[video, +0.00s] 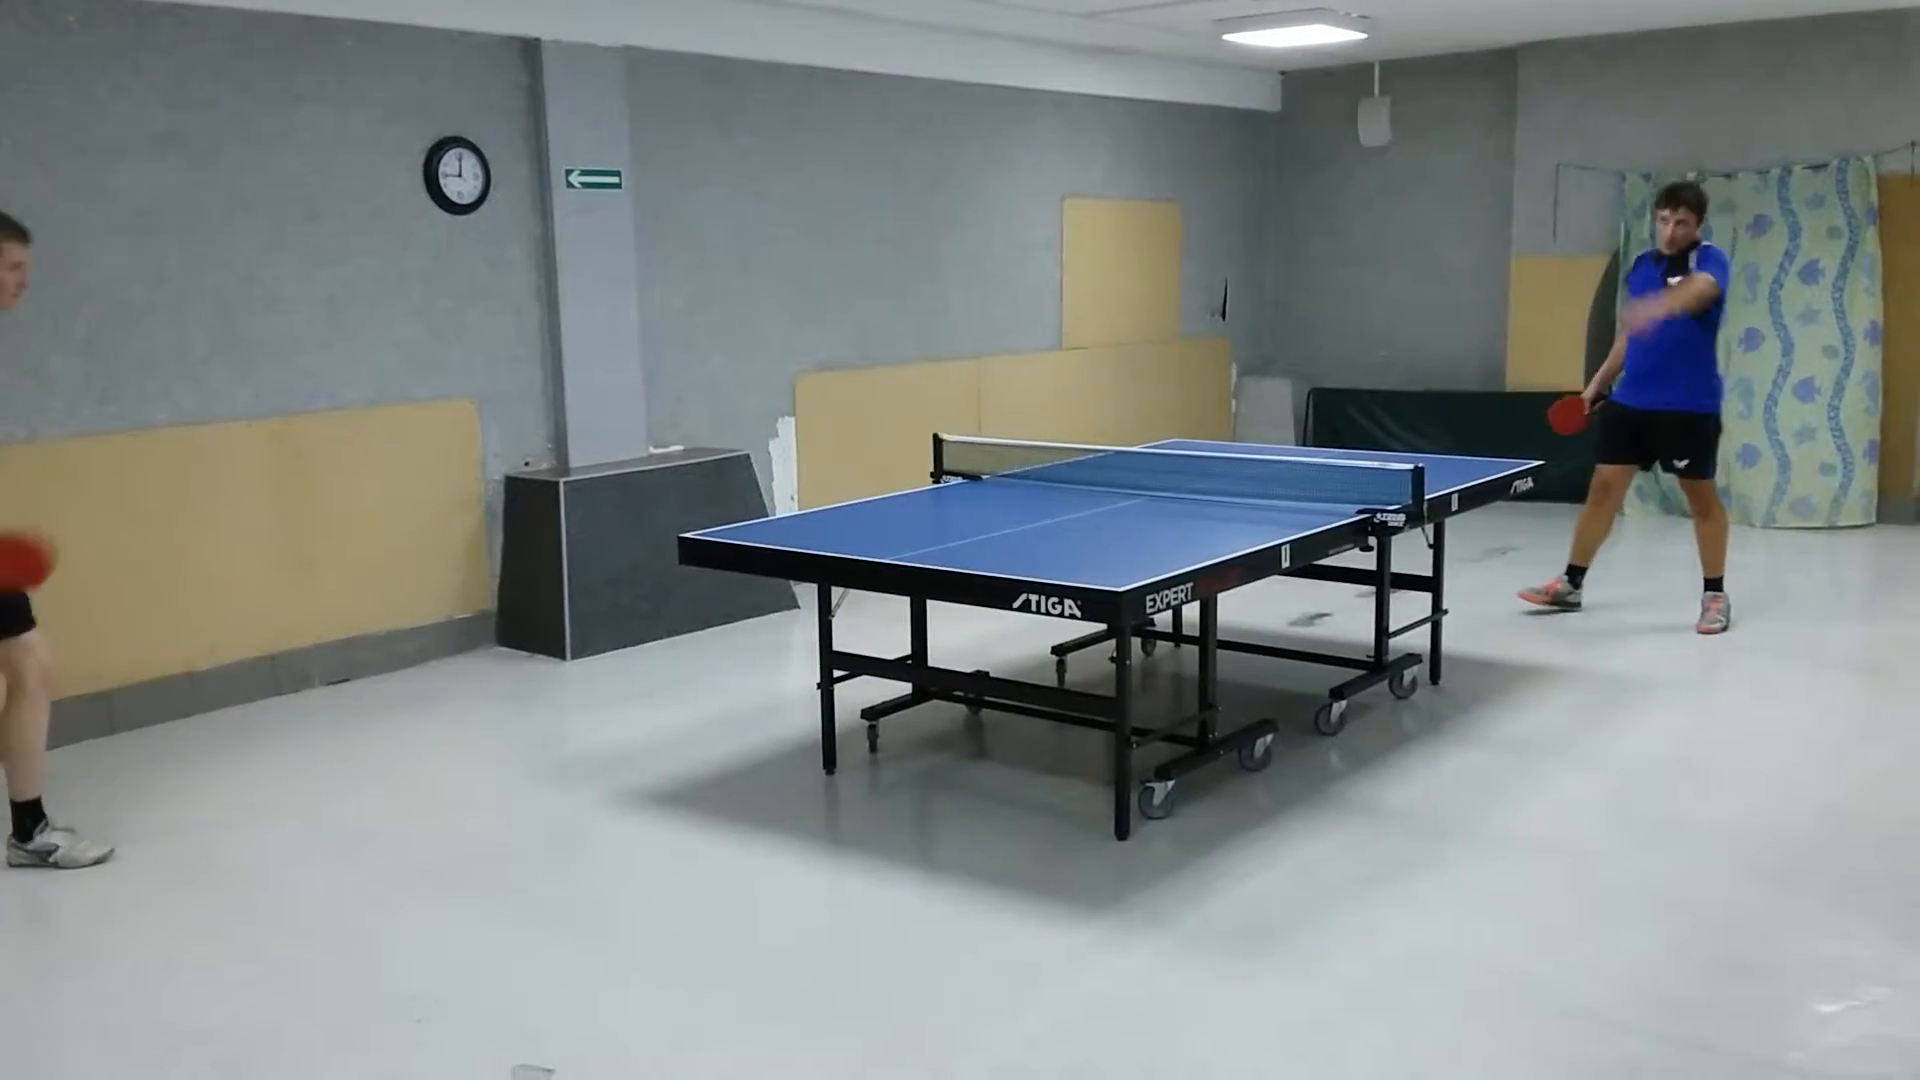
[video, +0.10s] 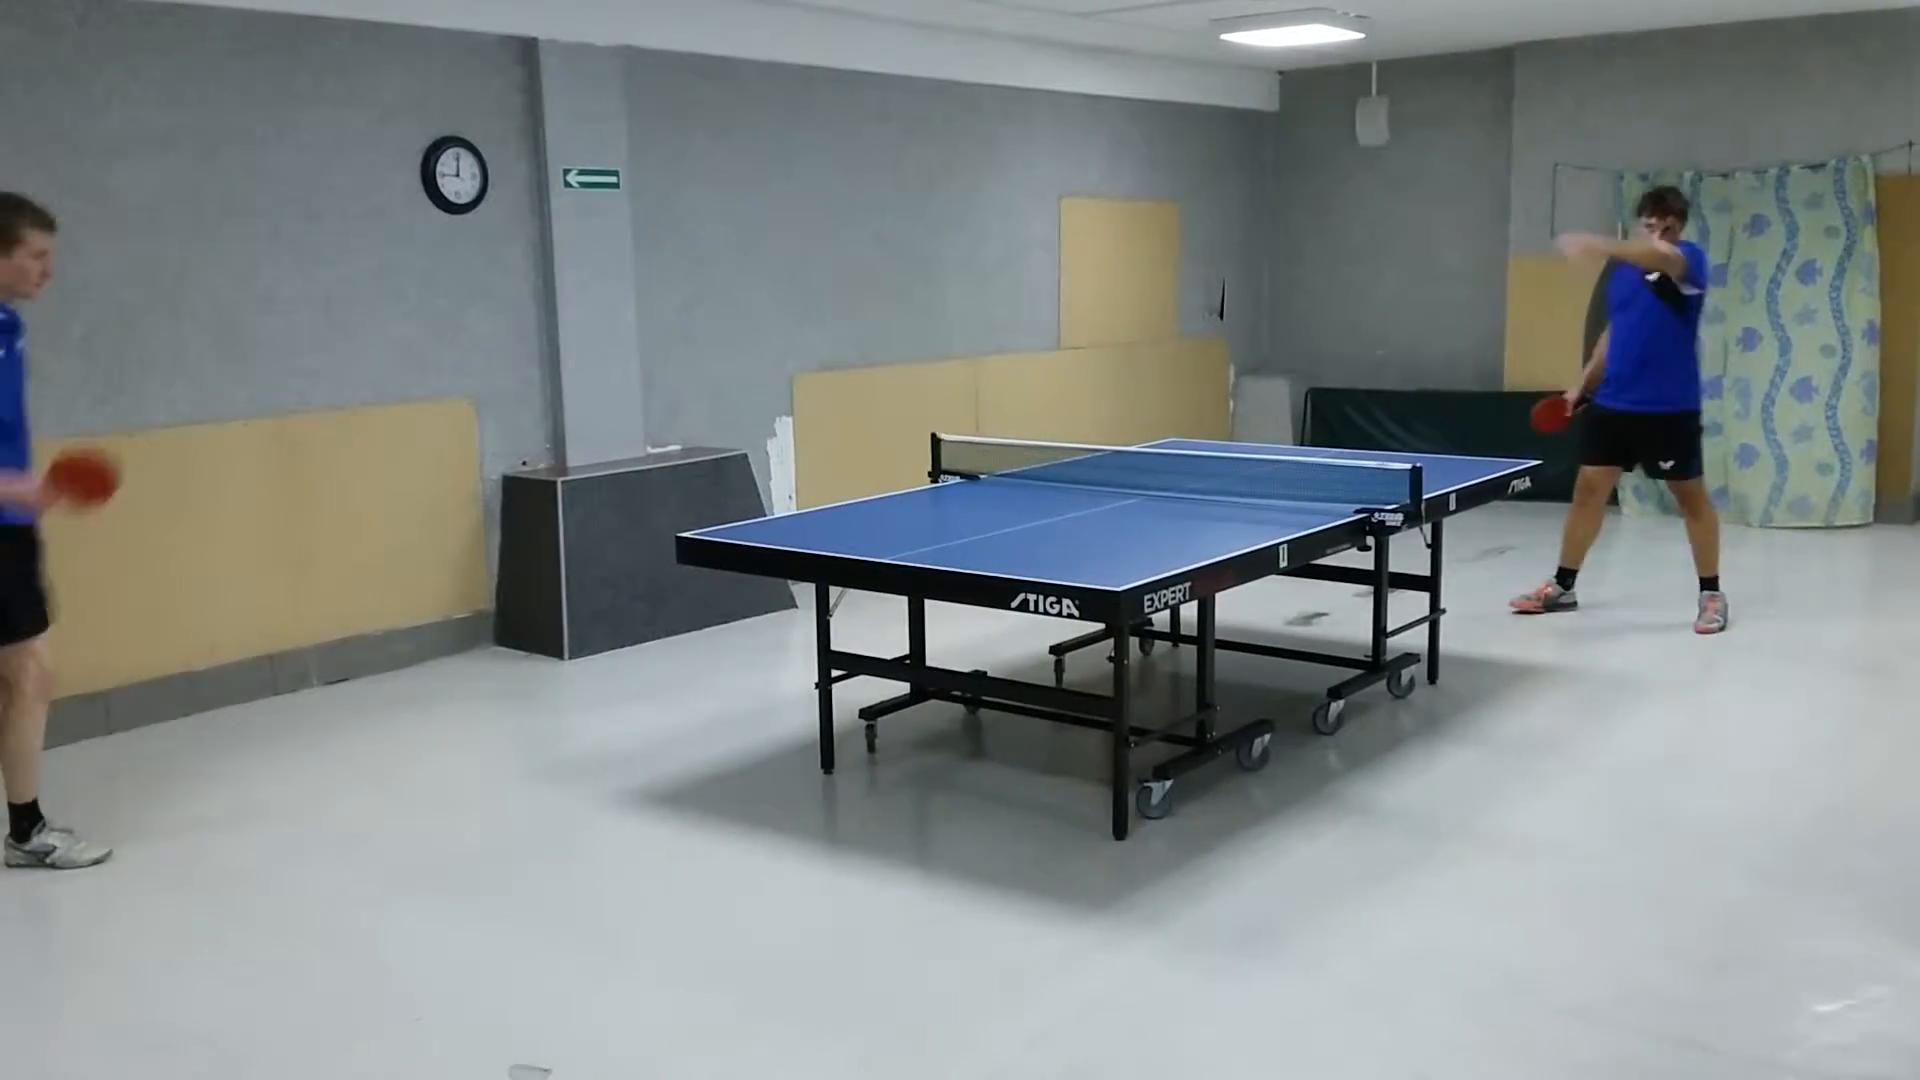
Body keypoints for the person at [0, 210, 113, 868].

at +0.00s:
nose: (20, 281)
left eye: (23, 269)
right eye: (11, 268)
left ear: (22, 272)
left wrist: (10, 549)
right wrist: (9, 552)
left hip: (9, 566)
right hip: (8, 569)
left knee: (27, 666)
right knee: (29, 665)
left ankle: (28, 825)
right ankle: (28, 827)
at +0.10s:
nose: (44, 268)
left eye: (48, 256)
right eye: (34, 255)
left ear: (32, 260)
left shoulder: (11, 328)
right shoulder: (2, 330)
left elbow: (10, 438)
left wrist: (37, 487)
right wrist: (16, 488)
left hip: (15, 523)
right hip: (1, 529)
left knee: (21, 675)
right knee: (28, 675)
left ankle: (23, 824)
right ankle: (24, 827)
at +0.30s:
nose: (97, 270)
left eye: (102, 258)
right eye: (89, 254)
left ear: (64, 251)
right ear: (44, 242)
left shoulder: (68, 313)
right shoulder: (4, 308)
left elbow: (75, 429)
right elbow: (6, 435)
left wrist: (115, 503)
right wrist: (89, 384)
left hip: (88, 522)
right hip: (22, 532)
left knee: (164, 650)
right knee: (24, 683)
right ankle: (12, 823)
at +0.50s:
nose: (191, 283)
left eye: (196, 270)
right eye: (184, 266)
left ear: (158, 260)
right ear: (137, 252)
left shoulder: (160, 333)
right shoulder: (71, 329)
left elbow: (162, 442)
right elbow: (103, 444)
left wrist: (225, 503)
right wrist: (179, 366)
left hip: (177, 536)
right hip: (100, 548)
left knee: (242, 667)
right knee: (84, 687)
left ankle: (278, 824)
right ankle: (23, 816)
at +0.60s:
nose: (238, 271)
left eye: (243, 258)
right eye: (230, 254)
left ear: (195, 251)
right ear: (185, 244)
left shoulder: (202, 328)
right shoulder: (118, 321)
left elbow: (207, 438)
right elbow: (123, 437)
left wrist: (278, 491)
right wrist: (216, 388)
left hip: (219, 527)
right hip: (147, 540)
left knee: (273, 664)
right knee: (168, 691)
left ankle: (276, 827)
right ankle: (61, 793)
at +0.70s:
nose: (274, 259)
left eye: (278, 246)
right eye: (266, 242)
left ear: (237, 240)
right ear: (221, 232)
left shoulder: (238, 319)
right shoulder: (158, 309)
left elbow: (248, 425)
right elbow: (145, 425)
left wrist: (336, 452)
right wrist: (251, 413)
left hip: (256, 513)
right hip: (190, 526)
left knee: (289, 668)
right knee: (252, 680)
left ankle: (273, 827)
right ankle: (142, 780)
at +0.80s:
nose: (310, 249)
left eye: (314, 236)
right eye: (302, 233)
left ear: (270, 232)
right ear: (258, 226)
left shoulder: (269, 311)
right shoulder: (201, 303)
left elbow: (280, 420)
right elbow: (180, 417)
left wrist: (371, 418)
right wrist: (290, 443)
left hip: (281, 512)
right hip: (235, 520)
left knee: (299, 674)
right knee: (323, 667)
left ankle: (274, 821)